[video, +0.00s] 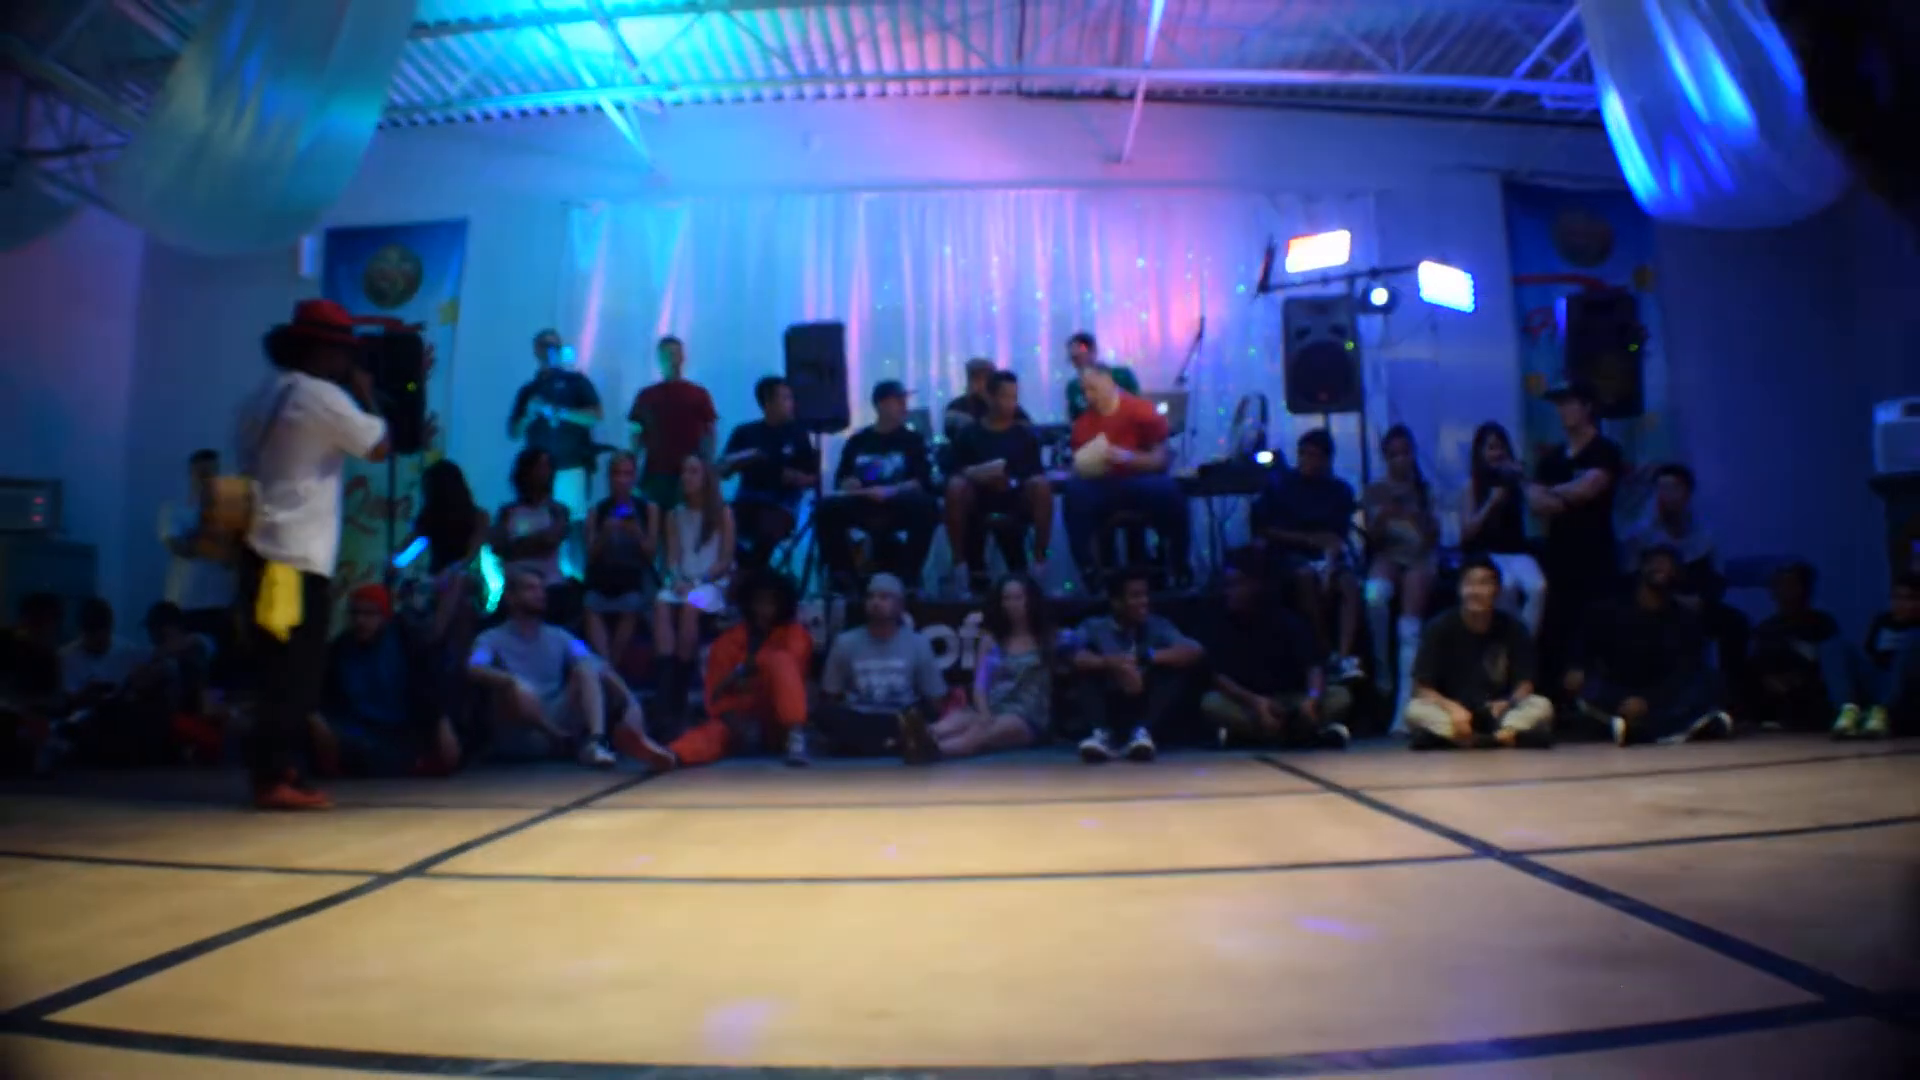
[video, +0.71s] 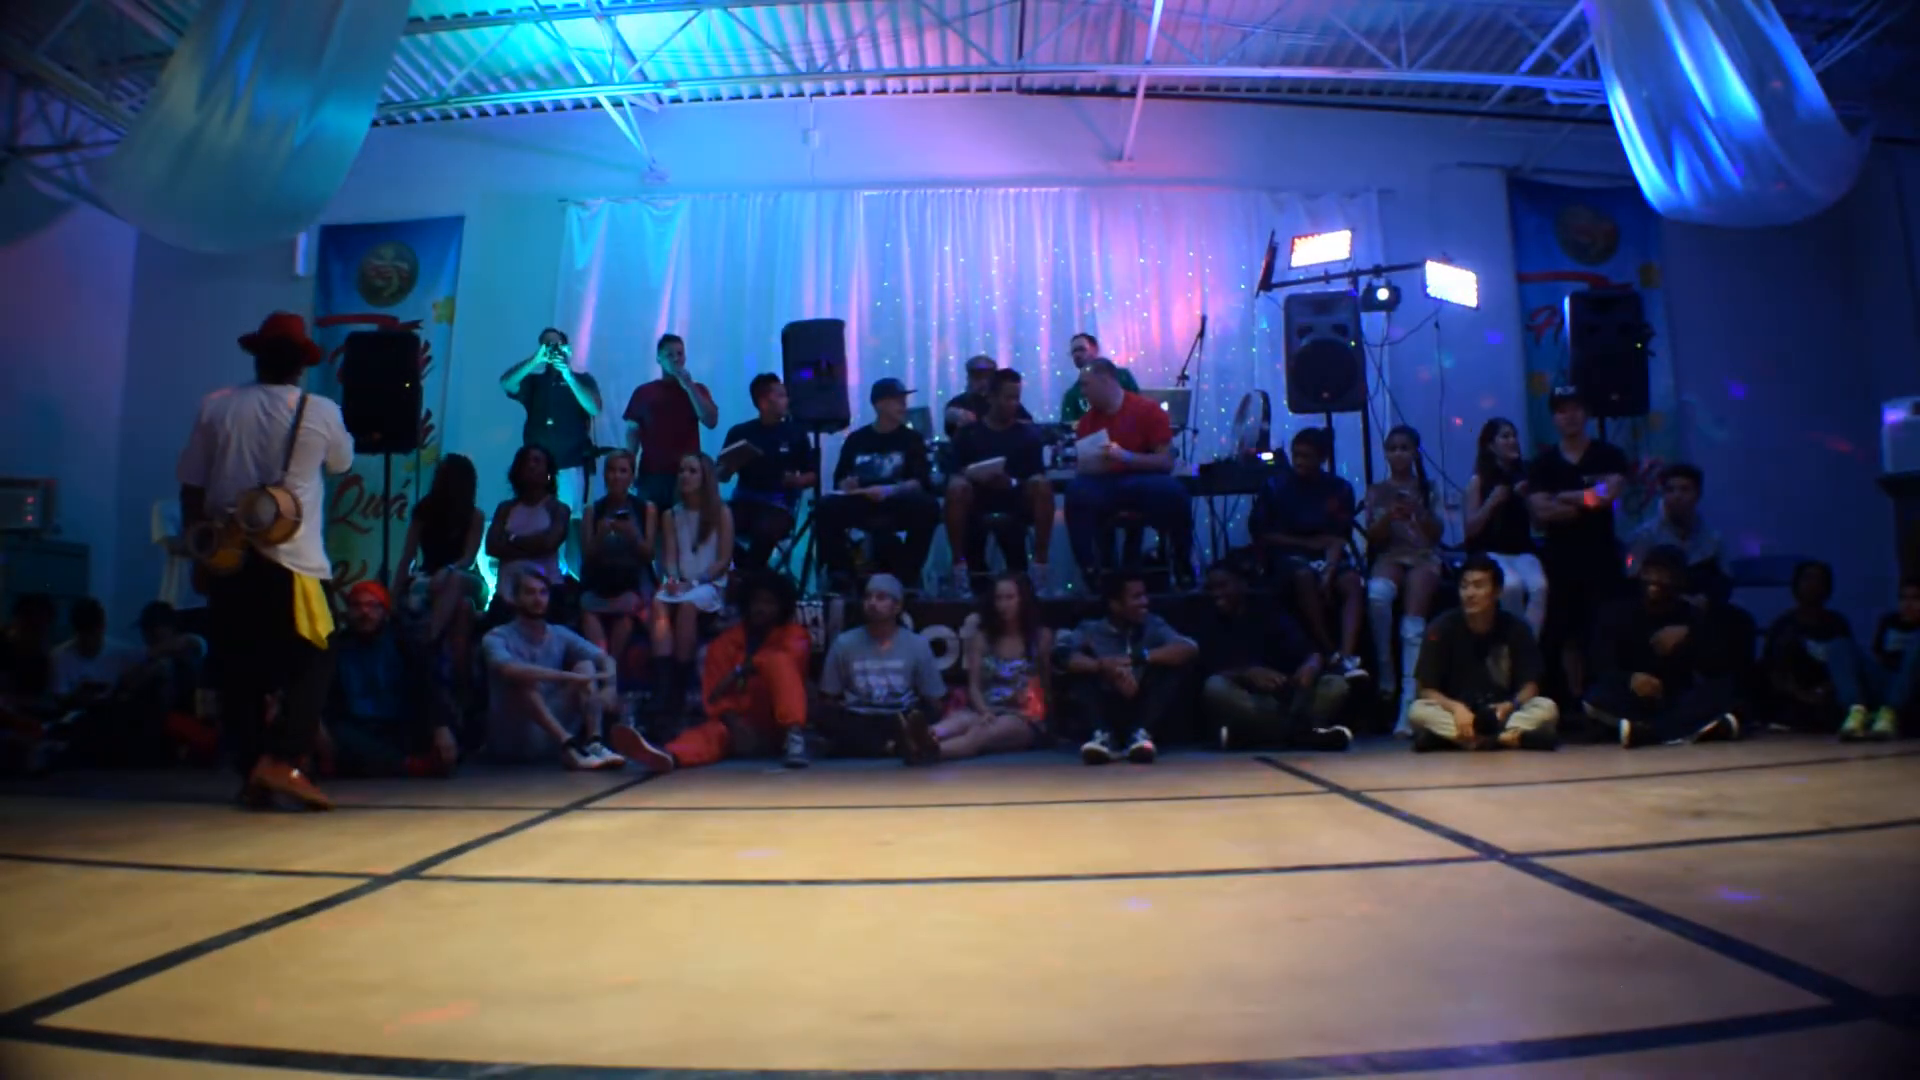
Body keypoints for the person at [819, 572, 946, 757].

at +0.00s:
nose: (875, 604)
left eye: (883, 597)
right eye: (871, 597)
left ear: (899, 604)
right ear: (865, 602)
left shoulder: (917, 644)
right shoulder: (845, 643)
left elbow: (936, 700)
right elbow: (830, 697)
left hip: (904, 718)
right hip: (858, 718)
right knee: (825, 715)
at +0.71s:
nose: (872, 604)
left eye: (880, 598)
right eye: (868, 597)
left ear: (897, 606)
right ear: (863, 602)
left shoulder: (916, 645)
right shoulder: (844, 644)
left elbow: (935, 702)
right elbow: (828, 699)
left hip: (903, 717)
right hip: (857, 718)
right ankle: (887, 746)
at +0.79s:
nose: (872, 604)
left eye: (881, 598)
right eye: (868, 597)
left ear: (897, 606)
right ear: (863, 602)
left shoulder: (916, 645)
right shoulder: (844, 644)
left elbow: (935, 704)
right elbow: (828, 701)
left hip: (904, 722)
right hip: (857, 723)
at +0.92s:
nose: (872, 604)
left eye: (880, 597)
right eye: (868, 597)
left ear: (897, 606)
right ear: (862, 601)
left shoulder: (916, 645)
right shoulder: (843, 644)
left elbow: (935, 702)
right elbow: (828, 699)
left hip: (903, 718)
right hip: (856, 720)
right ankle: (885, 746)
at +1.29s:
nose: (871, 604)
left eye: (880, 598)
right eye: (867, 597)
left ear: (896, 606)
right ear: (862, 602)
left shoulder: (916, 645)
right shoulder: (843, 644)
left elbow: (933, 699)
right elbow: (829, 699)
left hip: (904, 717)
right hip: (858, 718)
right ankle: (887, 746)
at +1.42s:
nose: (869, 604)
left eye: (878, 598)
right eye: (865, 598)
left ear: (894, 606)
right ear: (860, 602)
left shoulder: (916, 645)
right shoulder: (843, 645)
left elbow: (933, 703)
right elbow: (828, 700)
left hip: (905, 719)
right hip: (858, 721)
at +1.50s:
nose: (869, 604)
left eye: (877, 598)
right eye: (865, 598)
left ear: (894, 606)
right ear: (860, 602)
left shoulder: (915, 645)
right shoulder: (842, 645)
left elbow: (935, 703)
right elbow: (829, 700)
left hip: (902, 719)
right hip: (856, 720)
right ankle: (888, 745)